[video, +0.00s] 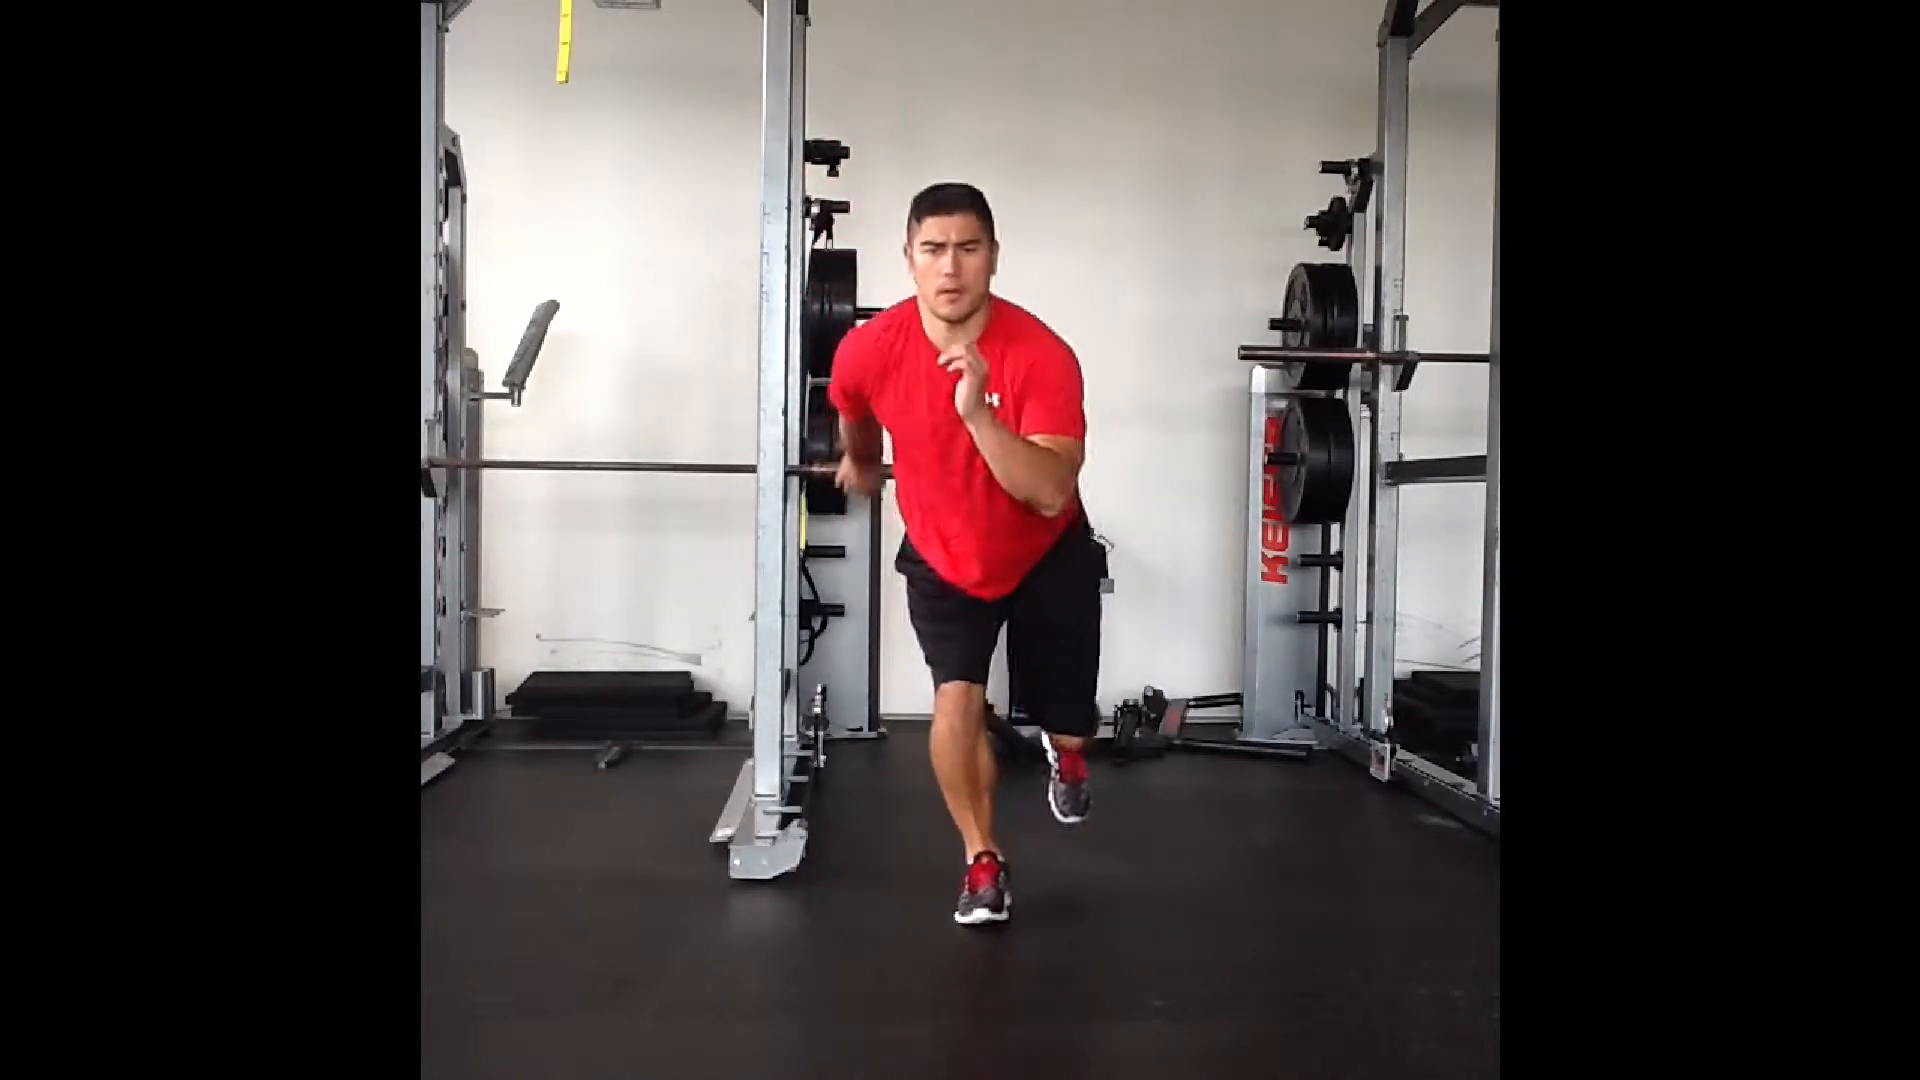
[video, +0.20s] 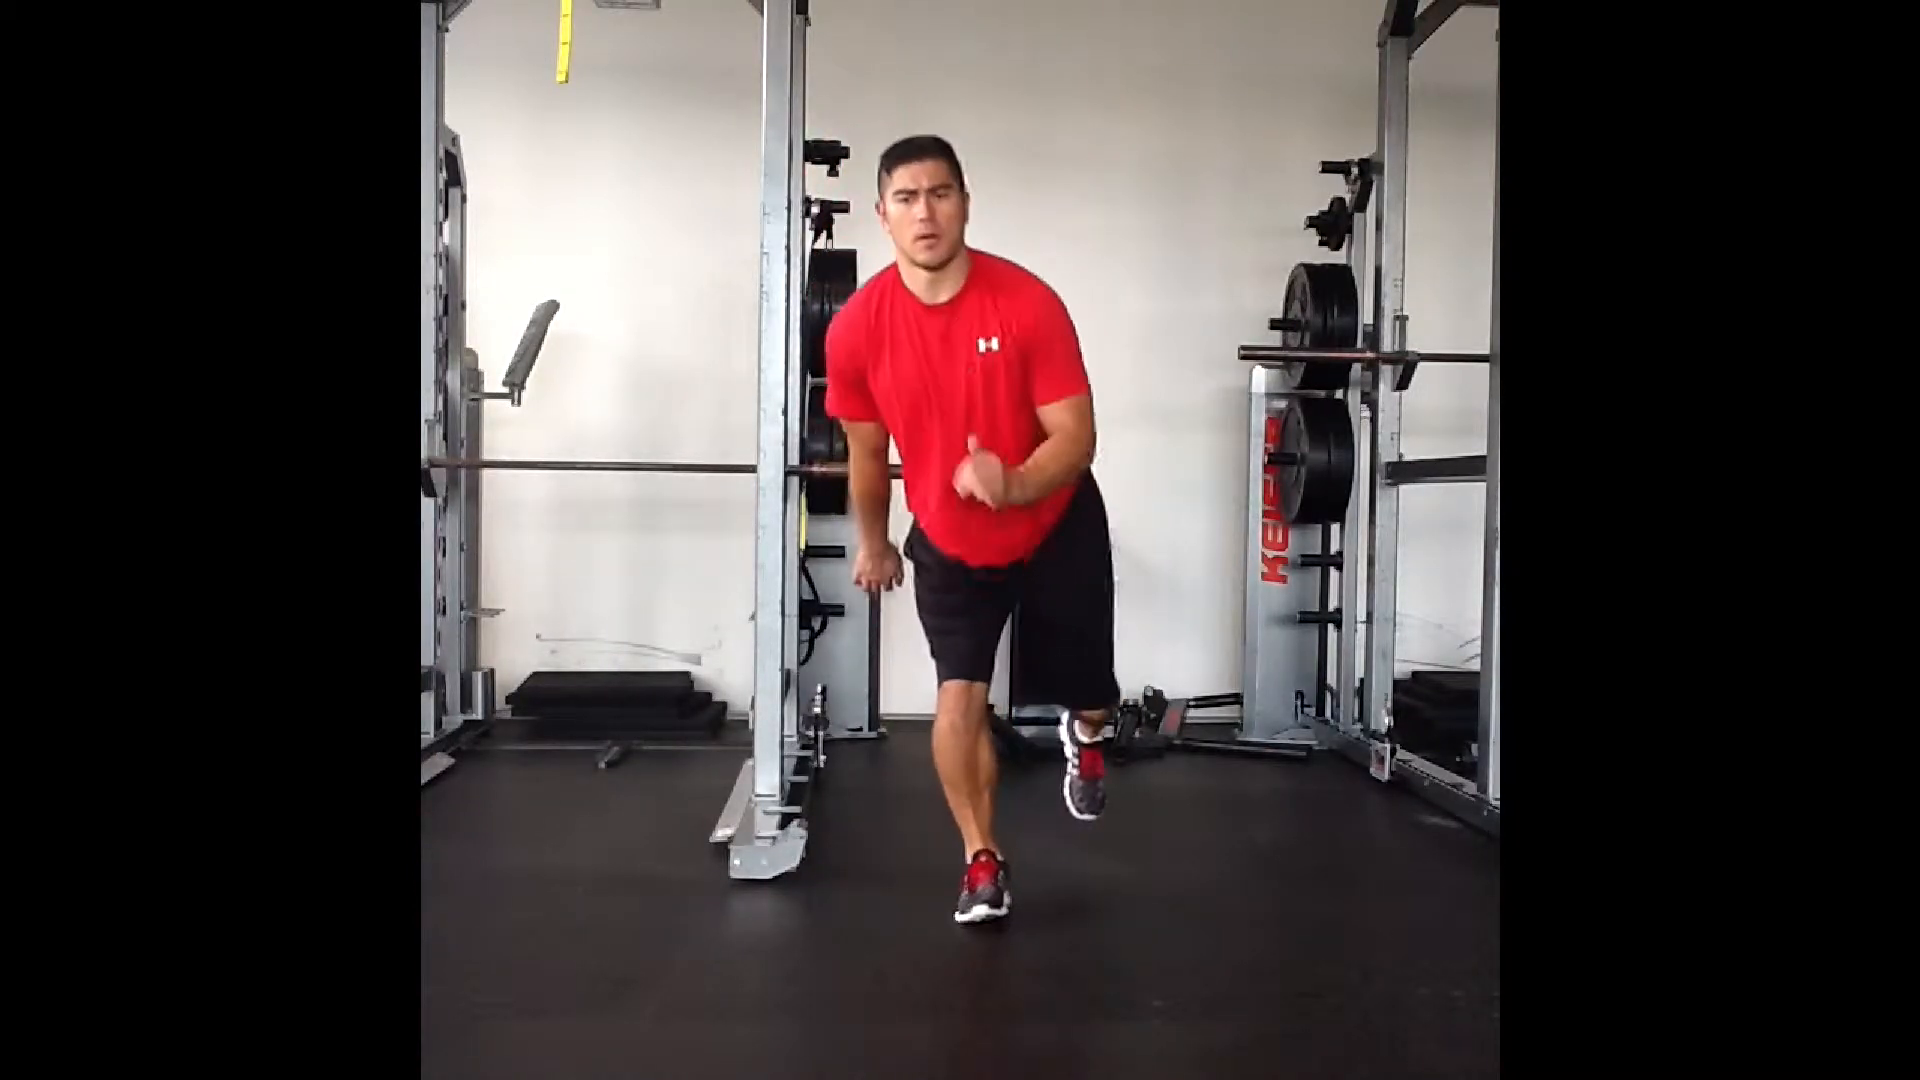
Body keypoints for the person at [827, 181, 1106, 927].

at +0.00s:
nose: (951, 268)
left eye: (968, 249)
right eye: (933, 250)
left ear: (993, 258)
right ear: (909, 260)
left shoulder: (1042, 357)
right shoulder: (870, 350)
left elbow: (1053, 492)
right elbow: (851, 411)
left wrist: (977, 416)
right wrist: (859, 464)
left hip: (1049, 552)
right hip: (943, 558)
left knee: (1065, 710)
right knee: (957, 698)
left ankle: (1067, 752)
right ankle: (981, 860)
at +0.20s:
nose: (925, 211)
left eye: (940, 192)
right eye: (907, 197)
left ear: (966, 204)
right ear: (884, 216)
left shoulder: (1028, 303)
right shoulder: (857, 329)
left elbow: (1076, 436)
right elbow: (865, 451)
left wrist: (1016, 484)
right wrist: (871, 542)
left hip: (1058, 521)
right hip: (950, 536)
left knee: (1088, 681)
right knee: (958, 694)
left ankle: (1088, 740)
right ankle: (981, 860)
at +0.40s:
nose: (914, 167)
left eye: (929, 148)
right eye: (895, 152)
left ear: (953, 158)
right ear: (873, 171)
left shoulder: (1024, 257)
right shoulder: (852, 293)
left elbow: (1096, 378)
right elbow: (863, 428)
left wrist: (1094, 499)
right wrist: (875, 538)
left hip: (1062, 508)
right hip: (955, 523)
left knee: (1113, 668)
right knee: (962, 690)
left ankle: (1129, 729)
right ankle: (981, 861)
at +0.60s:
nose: (926, 139)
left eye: (942, 121)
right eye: (908, 124)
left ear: (968, 132)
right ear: (888, 141)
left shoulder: (1034, 233)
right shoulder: (858, 261)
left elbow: (1099, 354)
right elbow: (857, 397)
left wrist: (1133, 471)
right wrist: (866, 513)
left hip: (1060, 482)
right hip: (953, 502)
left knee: (1108, 660)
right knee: (971, 682)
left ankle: (1143, 729)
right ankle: (986, 862)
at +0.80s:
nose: (939, 128)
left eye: (955, 110)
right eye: (924, 113)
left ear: (987, 118)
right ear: (905, 126)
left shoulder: (1047, 227)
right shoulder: (869, 242)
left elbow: (1092, 357)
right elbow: (850, 377)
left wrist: (1110, 478)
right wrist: (856, 498)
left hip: (1052, 484)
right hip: (943, 498)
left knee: (1085, 661)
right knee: (964, 680)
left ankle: (1113, 747)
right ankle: (984, 858)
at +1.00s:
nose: (951, 125)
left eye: (968, 108)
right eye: (935, 109)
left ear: (996, 118)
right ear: (914, 122)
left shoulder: (1052, 227)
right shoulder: (873, 238)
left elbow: (1095, 355)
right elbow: (853, 374)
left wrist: (1111, 476)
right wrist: (856, 498)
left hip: (1046, 485)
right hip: (935, 496)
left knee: (1075, 668)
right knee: (957, 681)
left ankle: (1092, 760)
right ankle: (981, 859)